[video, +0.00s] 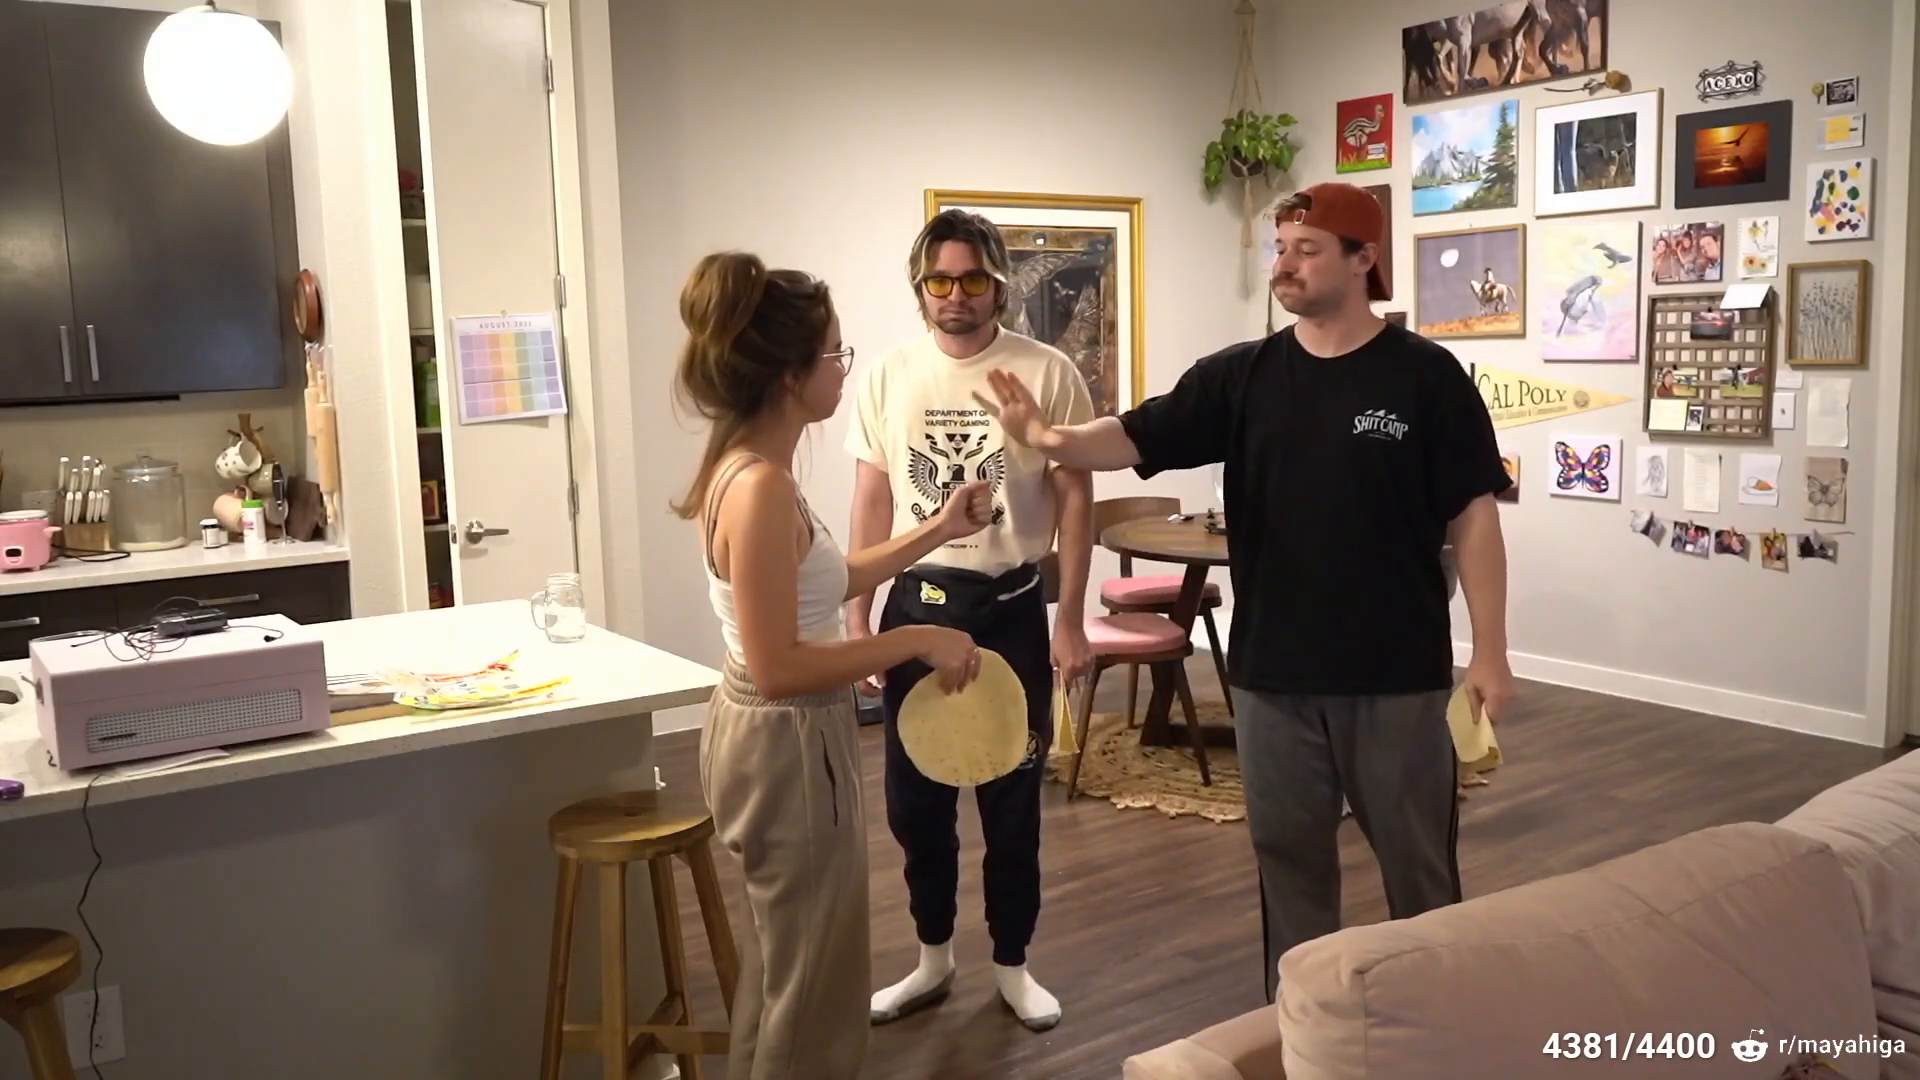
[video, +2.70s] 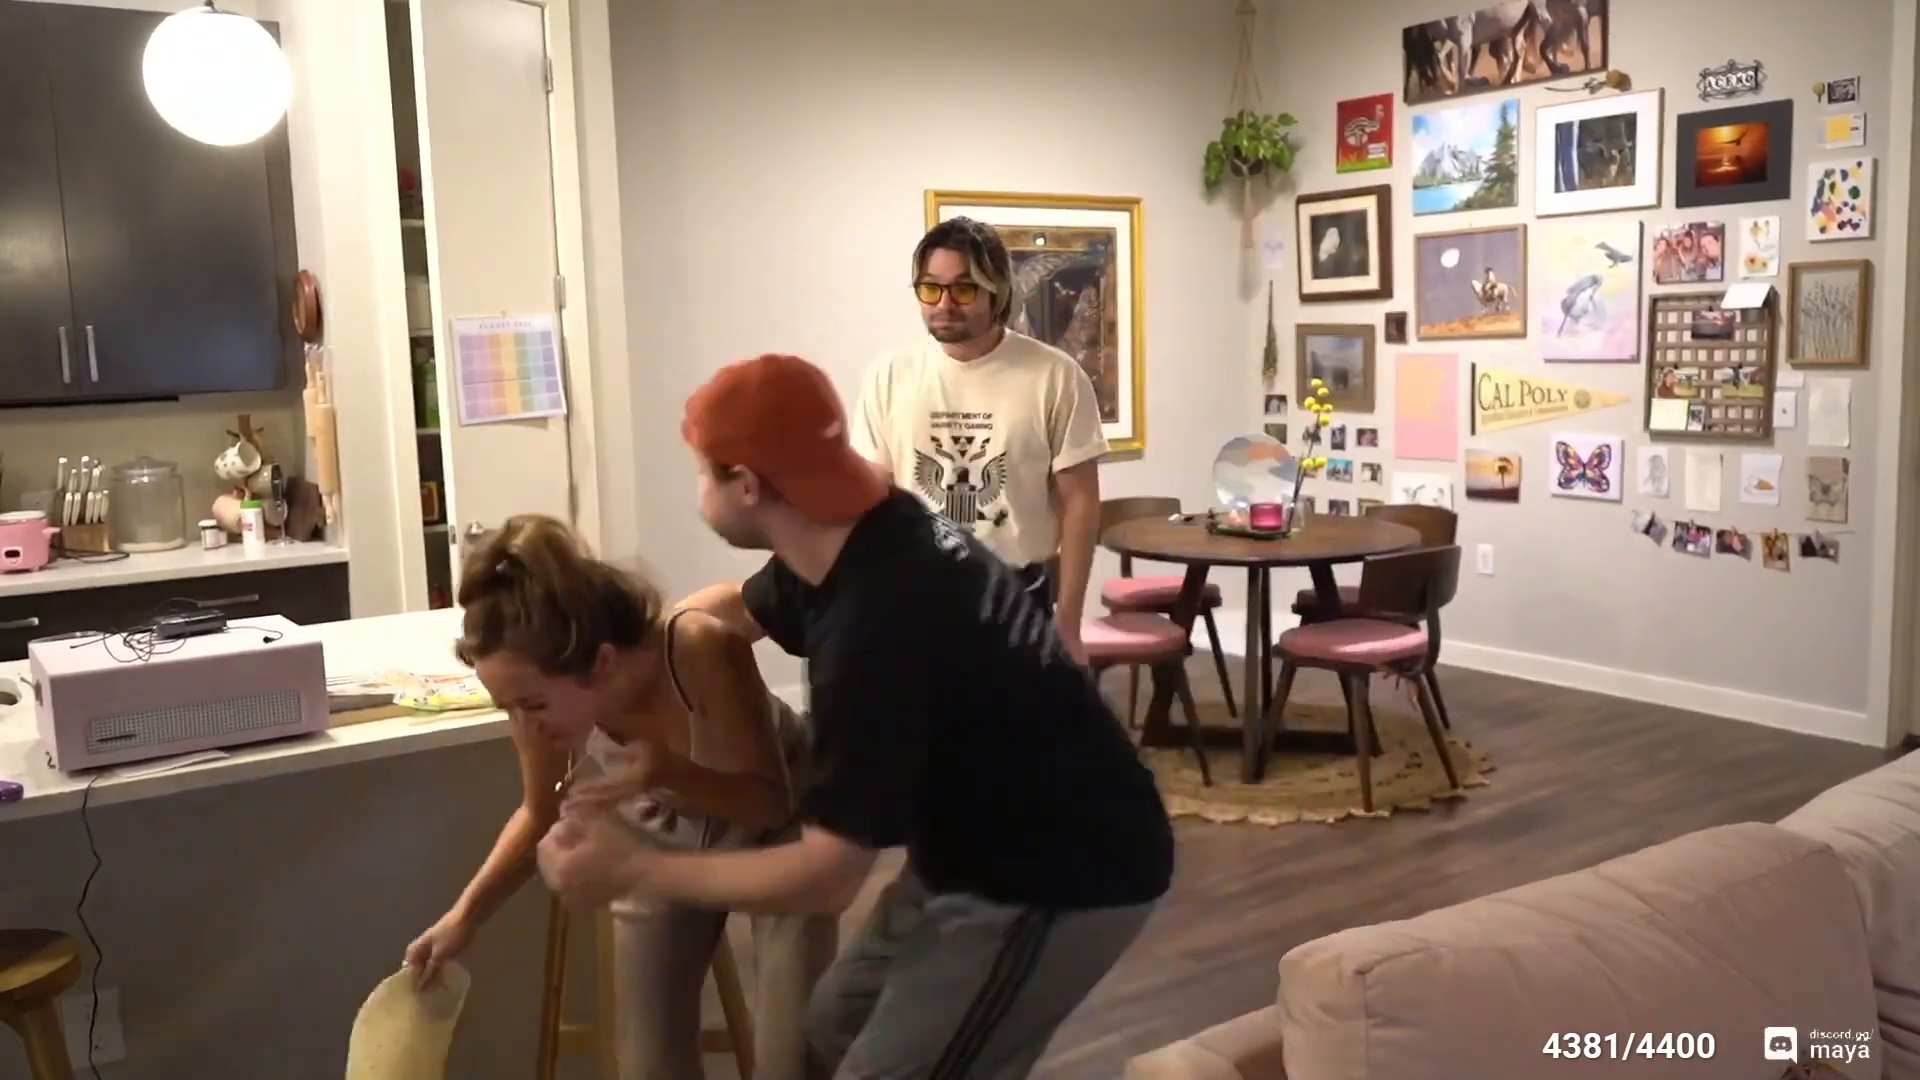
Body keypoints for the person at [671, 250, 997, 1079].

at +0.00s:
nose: (846, 367)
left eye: (841, 352)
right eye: (835, 355)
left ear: (778, 377)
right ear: (787, 376)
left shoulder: (751, 468)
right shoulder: (757, 487)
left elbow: (825, 583)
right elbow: (776, 668)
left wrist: (936, 530)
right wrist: (920, 641)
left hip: (773, 732)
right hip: (786, 746)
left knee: (786, 968)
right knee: (813, 981)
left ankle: (763, 1073)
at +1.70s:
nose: (796, 413)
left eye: (812, 390)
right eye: (774, 394)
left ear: (831, 377)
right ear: (734, 384)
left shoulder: (804, 462)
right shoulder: (723, 479)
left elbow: (883, 555)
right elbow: (749, 649)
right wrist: (895, 623)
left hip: (820, 724)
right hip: (771, 737)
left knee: (837, 971)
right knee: (822, 981)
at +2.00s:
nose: (704, 431)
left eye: (719, 406)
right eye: (683, 415)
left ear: (768, 395)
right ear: (666, 415)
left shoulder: (816, 462)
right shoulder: (665, 497)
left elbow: (831, 621)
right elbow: (669, 660)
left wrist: (765, 491)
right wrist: (783, 649)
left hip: (817, 731)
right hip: (715, 743)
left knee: (826, 988)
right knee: (774, 1010)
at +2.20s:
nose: (616, 488)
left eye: (634, 463)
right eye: (603, 466)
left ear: (703, 451)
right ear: (595, 457)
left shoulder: (777, 497)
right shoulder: (617, 534)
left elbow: (759, 670)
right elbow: (625, 682)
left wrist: (698, 541)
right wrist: (689, 710)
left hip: (804, 753)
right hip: (688, 764)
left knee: (813, 1005)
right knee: (712, 1030)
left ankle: (799, 1076)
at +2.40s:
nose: (538, 583)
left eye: (551, 562)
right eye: (524, 563)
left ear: (624, 540)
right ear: (515, 544)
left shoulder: (715, 559)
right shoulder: (558, 595)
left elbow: (704, 740)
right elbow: (592, 722)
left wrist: (629, 624)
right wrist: (606, 803)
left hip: (783, 766)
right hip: (670, 770)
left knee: (812, 1036)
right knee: (668, 1040)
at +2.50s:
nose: (515, 637)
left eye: (525, 615)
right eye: (502, 618)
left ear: (597, 586)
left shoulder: (703, 591)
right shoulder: (546, 627)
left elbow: (728, 766)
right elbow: (563, 750)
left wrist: (617, 671)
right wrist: (557, 847)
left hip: (772, 789)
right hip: (653, 791)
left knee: (806, 1047)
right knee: (643, 1040)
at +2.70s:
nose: (526, 727)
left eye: (534, 704)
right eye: (511, 708)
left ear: (603, 664)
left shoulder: (704, 649)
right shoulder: (537, 691)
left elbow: (772, 804)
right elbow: (541, 810)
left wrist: (672, 773)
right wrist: (463, 916)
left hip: (768, 823)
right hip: (657, 826)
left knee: (787, 1057)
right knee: (650, 1059)